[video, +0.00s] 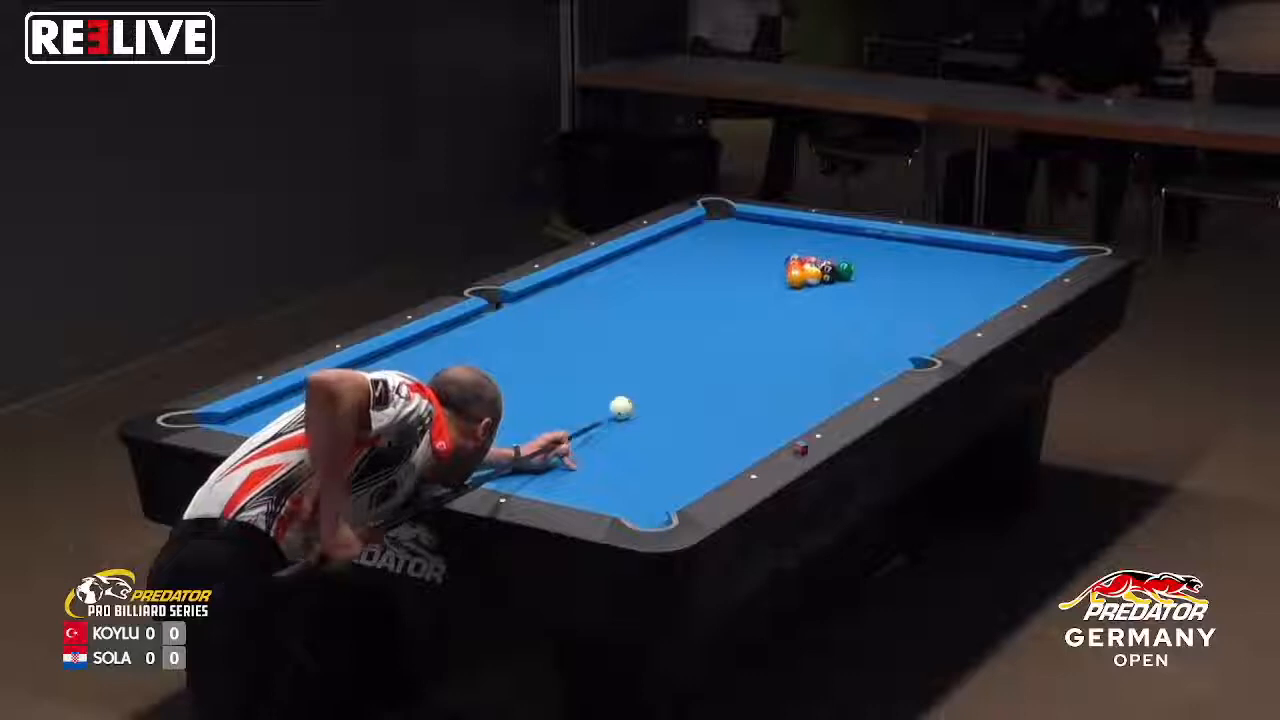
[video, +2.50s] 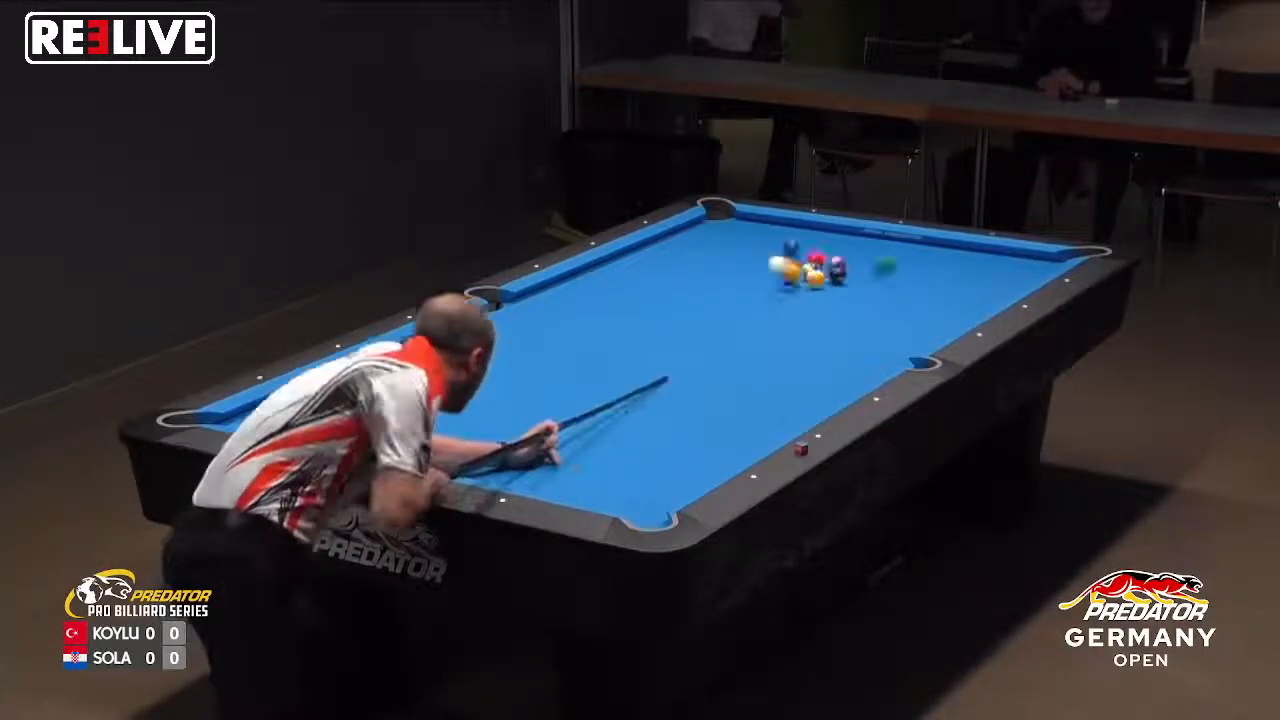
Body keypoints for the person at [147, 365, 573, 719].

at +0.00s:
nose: (489, 445)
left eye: (490, 437)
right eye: (492, 434)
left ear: (444, 408)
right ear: (483, 426)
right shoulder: (412, 399)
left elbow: (453, 457)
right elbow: (329, 388)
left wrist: (519, 458)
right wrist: (331, 524)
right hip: (227, 559)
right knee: (241, 704)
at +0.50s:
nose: (490, 445)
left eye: (492, 436)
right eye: (493, 434)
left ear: (443, 407)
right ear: (483, 426)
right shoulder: (412, 399)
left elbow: (455, 456)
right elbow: (330, 386)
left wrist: (519, 458)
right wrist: (337, 518)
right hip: (228, 558)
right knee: (240, 704)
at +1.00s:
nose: (490, 446)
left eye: (492, 438)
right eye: (494, 435)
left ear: (444, 408)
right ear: (484, 426)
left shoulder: (420, 455)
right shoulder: (412, 400)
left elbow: (453, 460)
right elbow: (329, 385)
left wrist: (519, 458)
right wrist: (301, 515)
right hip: (224, 555)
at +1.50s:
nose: (490, 447)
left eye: (493, 439)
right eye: (494, 435)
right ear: (485, 428)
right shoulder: (414, 399)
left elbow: (453, 459)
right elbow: (331, 388)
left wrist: (519, 458)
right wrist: (352, 505)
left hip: (189, 554)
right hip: (232, 558)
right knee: (246, 701)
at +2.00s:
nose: (489, 445)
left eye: (491, 436)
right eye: (493, 432)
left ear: (436, 400)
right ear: (483, 426)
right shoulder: (413, 402)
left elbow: (450, 461)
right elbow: (331, 389)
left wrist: (519, 458)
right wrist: (348, 508)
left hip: (187, 555)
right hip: (234, 559)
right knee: (243, 701)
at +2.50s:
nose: (484, 374)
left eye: (487, 362)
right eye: (487, 361)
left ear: (419, 336)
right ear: (474, 358)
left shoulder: (370, 365)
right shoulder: (404, 384)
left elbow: (415, 449)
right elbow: (392, 513)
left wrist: (510, 452)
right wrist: (427, 487)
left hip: (198, 538)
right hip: (248, 548)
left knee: (242, 694)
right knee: (274, 697)